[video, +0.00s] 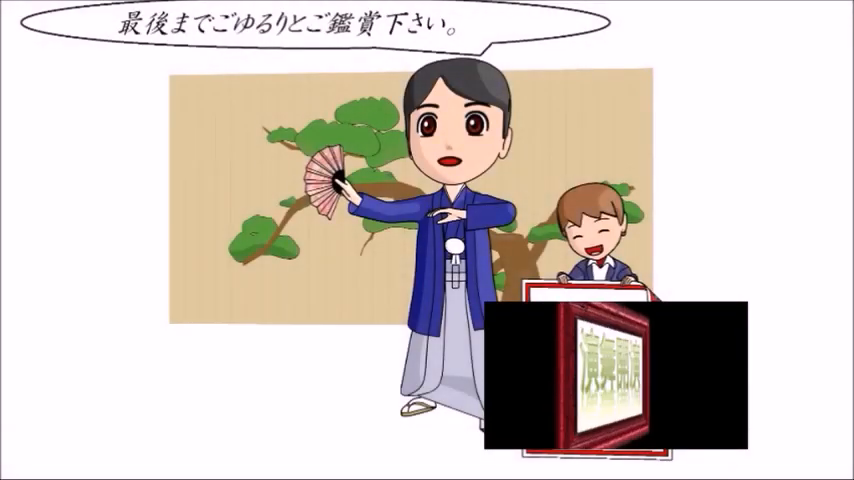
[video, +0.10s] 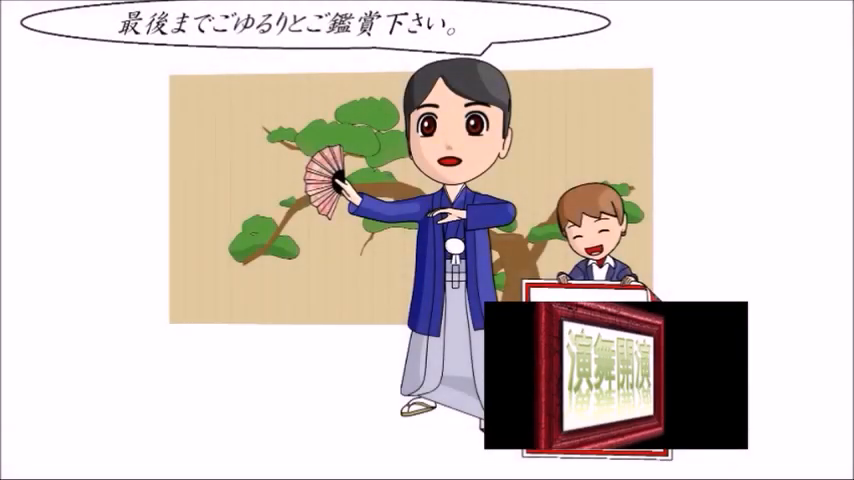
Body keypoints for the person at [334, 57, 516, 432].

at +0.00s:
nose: (449, 143)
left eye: (473, 124)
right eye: (430, 124)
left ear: (503, 143)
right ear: (410, 138)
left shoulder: (480, 203)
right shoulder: (425, 205)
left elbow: (507, 213)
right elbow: (387, 211)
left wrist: (467, 215)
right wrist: (351, 196)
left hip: (472, 290)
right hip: (433, 291)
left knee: (472, 344)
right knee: (429, 342)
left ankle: (482, 399)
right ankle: (427, 392)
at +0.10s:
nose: (449, 144)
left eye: (473, 124)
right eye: (430, 125)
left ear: (502, 143)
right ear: (410, 139)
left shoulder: (480, 203)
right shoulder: (426, 205)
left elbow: (507, 213)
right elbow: (386, 211)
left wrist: (467, 215)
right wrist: (350, 195)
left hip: (472, 290)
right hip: (433, 290)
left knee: (472, 344)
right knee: (430, 341)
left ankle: (481, 398)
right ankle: (428, 392)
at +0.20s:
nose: (449, 144)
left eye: (473, 125)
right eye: (430, 125)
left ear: (502, 144)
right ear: (410, 139)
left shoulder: (480, 203)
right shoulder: (425, 205)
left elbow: (507, 213)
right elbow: (386, 211)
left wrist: (467, 215)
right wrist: (350, 195)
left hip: (472, 289)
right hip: (433, 290)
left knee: (472, 344)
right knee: (430, 341)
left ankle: (481, 398)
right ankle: (428, 392)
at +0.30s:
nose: (449, 144)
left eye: (473, 125)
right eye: (430, 125)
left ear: (502, 144)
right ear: (410, 139)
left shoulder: (480, 204)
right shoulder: (425, 205)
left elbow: (507, 213)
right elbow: (386, 211)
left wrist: (467, 215)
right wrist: (350, 194)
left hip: (472, 289)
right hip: (433, 290)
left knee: (472, 344)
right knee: (430, 341)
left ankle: (482, 398)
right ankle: (428, 392)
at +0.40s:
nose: (449, 144)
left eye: (473, 125)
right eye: (430, 125)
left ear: (502, 144)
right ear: (410, 139)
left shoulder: (480, 204)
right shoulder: (425, 205)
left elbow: (507, 213)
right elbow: (386, 211)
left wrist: (467, 215)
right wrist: (350, 194)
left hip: (472, 289)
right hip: (433, 290)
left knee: (472, 344)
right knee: (430, 341)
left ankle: (482, 398)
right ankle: (428, 392)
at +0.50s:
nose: (449, 136)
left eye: (473, 117)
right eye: (430, 117)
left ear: (503, 136)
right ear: (410, 132)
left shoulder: (480, 196)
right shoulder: (425, 198)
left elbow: (507, 205)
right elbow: (386, 203)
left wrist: (467, 208)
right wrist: (350, 187)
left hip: (472, 282)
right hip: (433, 283)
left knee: (472, 336)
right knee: (429, 334)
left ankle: (482, 391)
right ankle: (428, 384)